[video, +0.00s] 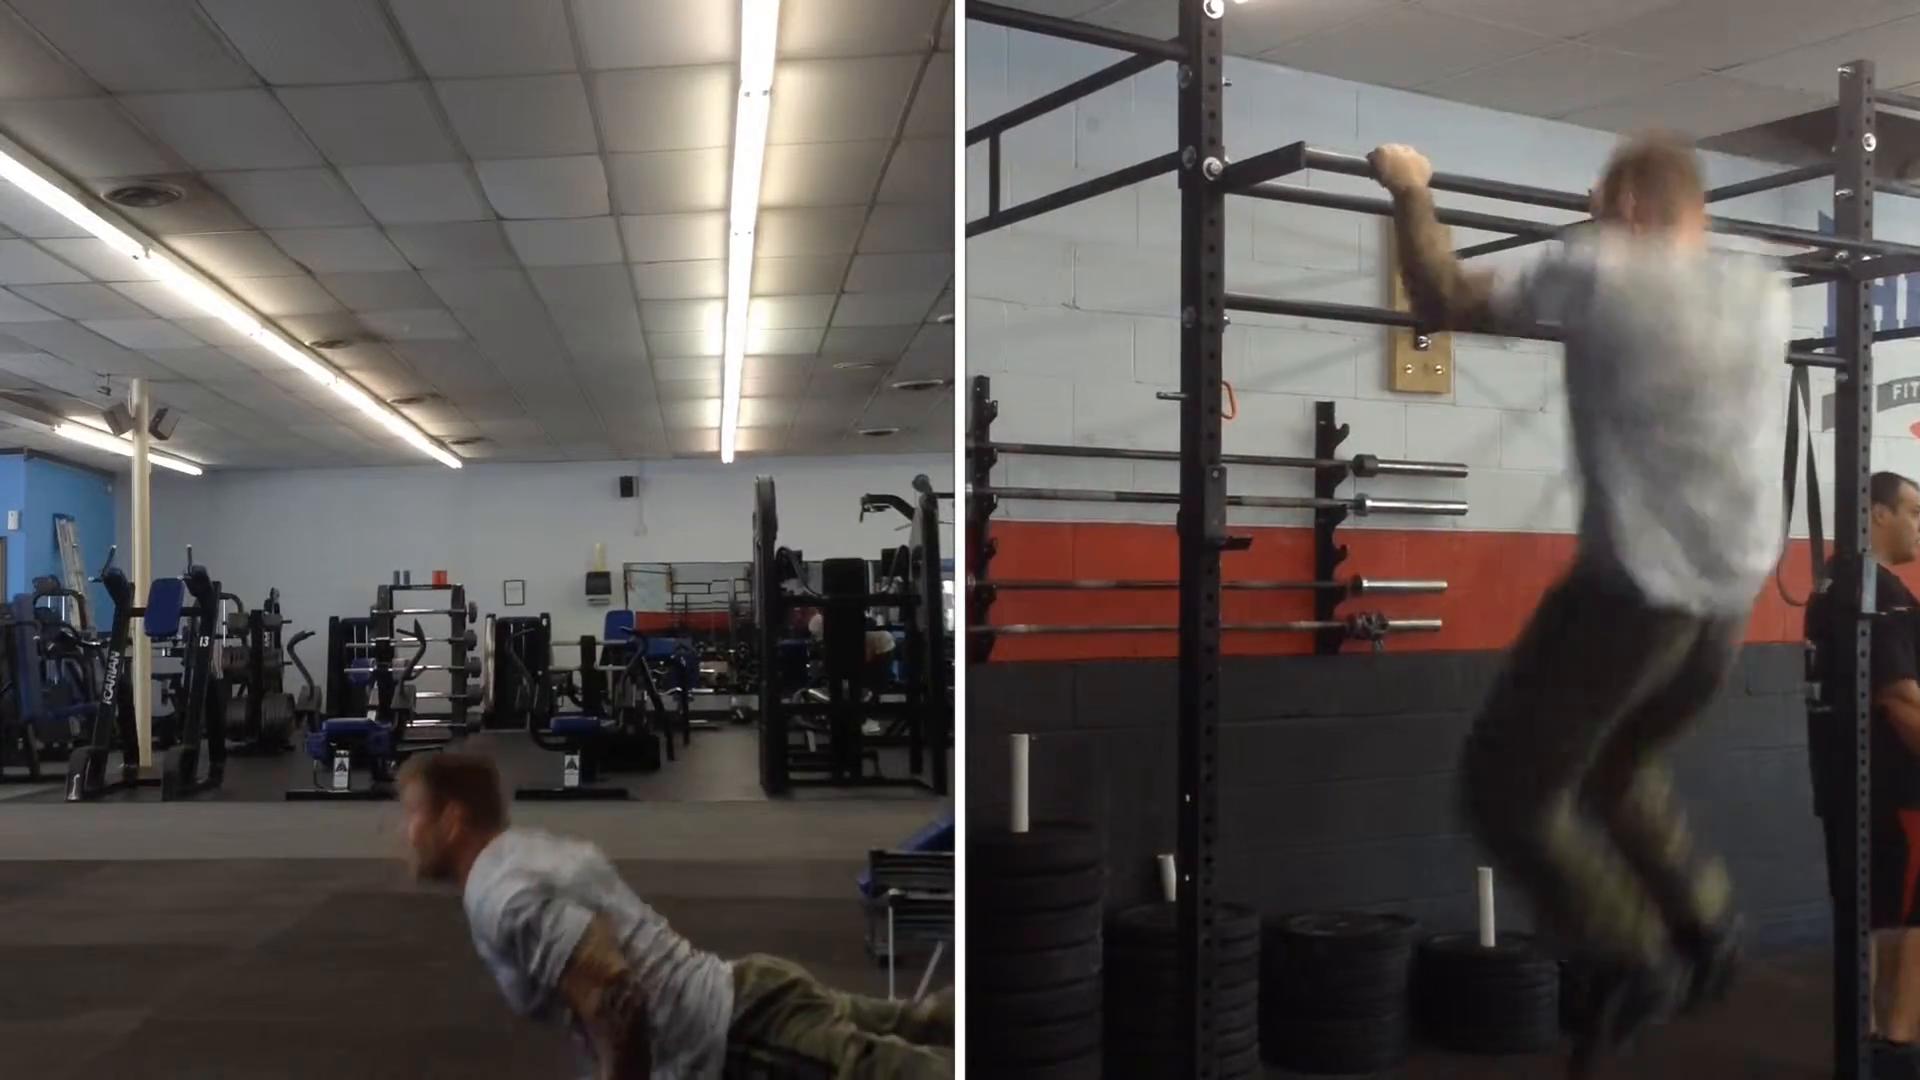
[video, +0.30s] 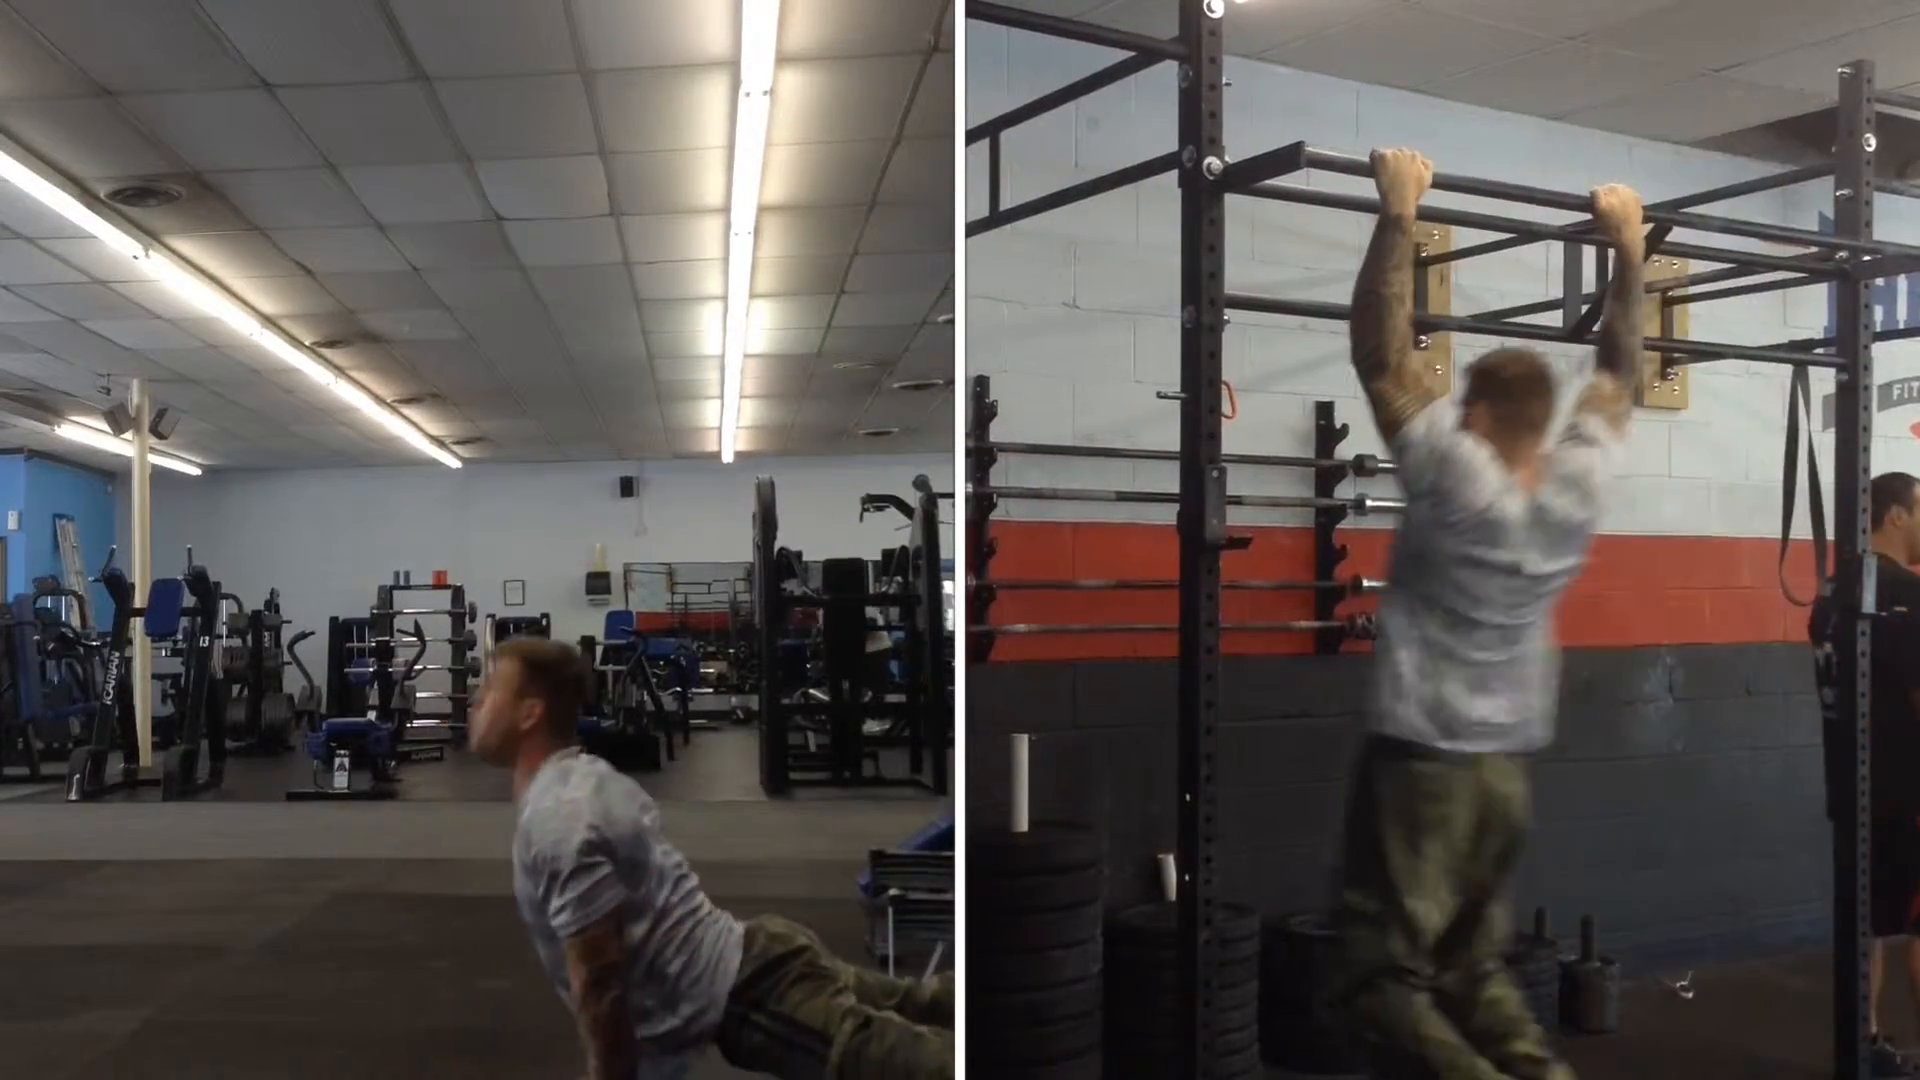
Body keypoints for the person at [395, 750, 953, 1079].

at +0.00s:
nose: (401, 830)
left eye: (408, 812)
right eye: (402, 813)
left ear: (451, 820)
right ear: (465, 815)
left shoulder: (502, 890)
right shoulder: (537, 850)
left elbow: (617, 1002)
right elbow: (629, 966)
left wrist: (615, 1076)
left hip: (747, 1039)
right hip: (751, 991)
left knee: (933, 1070)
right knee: (917, 1021)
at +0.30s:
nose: (473, 703)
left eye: (489, 690)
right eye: (481, 689)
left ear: (531, 714)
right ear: (534, 715)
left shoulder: (562, 817)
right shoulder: (580, 779)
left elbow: (600, 983)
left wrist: (611, 1070)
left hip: (751, 1001)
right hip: (756, 957)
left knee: (933, 1062)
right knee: (924, 1005)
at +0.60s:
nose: (517, 682)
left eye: (537, 671)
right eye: (530, 667)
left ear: (572, 707)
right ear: (575, 711)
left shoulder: (586, 819)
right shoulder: (609, 782)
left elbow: (608, 996)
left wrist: (613, 1074)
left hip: (736, 1025)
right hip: (745, 976)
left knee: (913, 1076)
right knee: (909, 1026)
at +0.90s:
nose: (434, 744)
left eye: (441, 726)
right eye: (434, 728)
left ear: (489, 725)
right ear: (497, 724)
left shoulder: (560, 820)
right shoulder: (569, 776)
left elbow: (595, 993)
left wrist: (608, 1071)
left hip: (764, 966)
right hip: (766, 937)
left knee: (930, 1050)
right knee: (932, 1002)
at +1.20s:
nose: (470, 836)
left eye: (459, 818)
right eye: (456, 825)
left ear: (484, 779)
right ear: (495, 770)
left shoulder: (588, 809)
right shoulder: (583, 777)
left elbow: (615, 988)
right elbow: (612, 981)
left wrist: (613, 1073)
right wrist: (613, 1070)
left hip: (846, 827)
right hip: (840, 820)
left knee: (987, 961)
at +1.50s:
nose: (598, 884)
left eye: (585, 871)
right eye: (583, 878)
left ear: (598, 828)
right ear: (602, 813)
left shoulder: (687, 816)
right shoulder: (673, 798)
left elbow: (666, 988)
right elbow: (653, 957)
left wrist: (633, 1074)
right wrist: (621, 1065)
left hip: (945, 781)